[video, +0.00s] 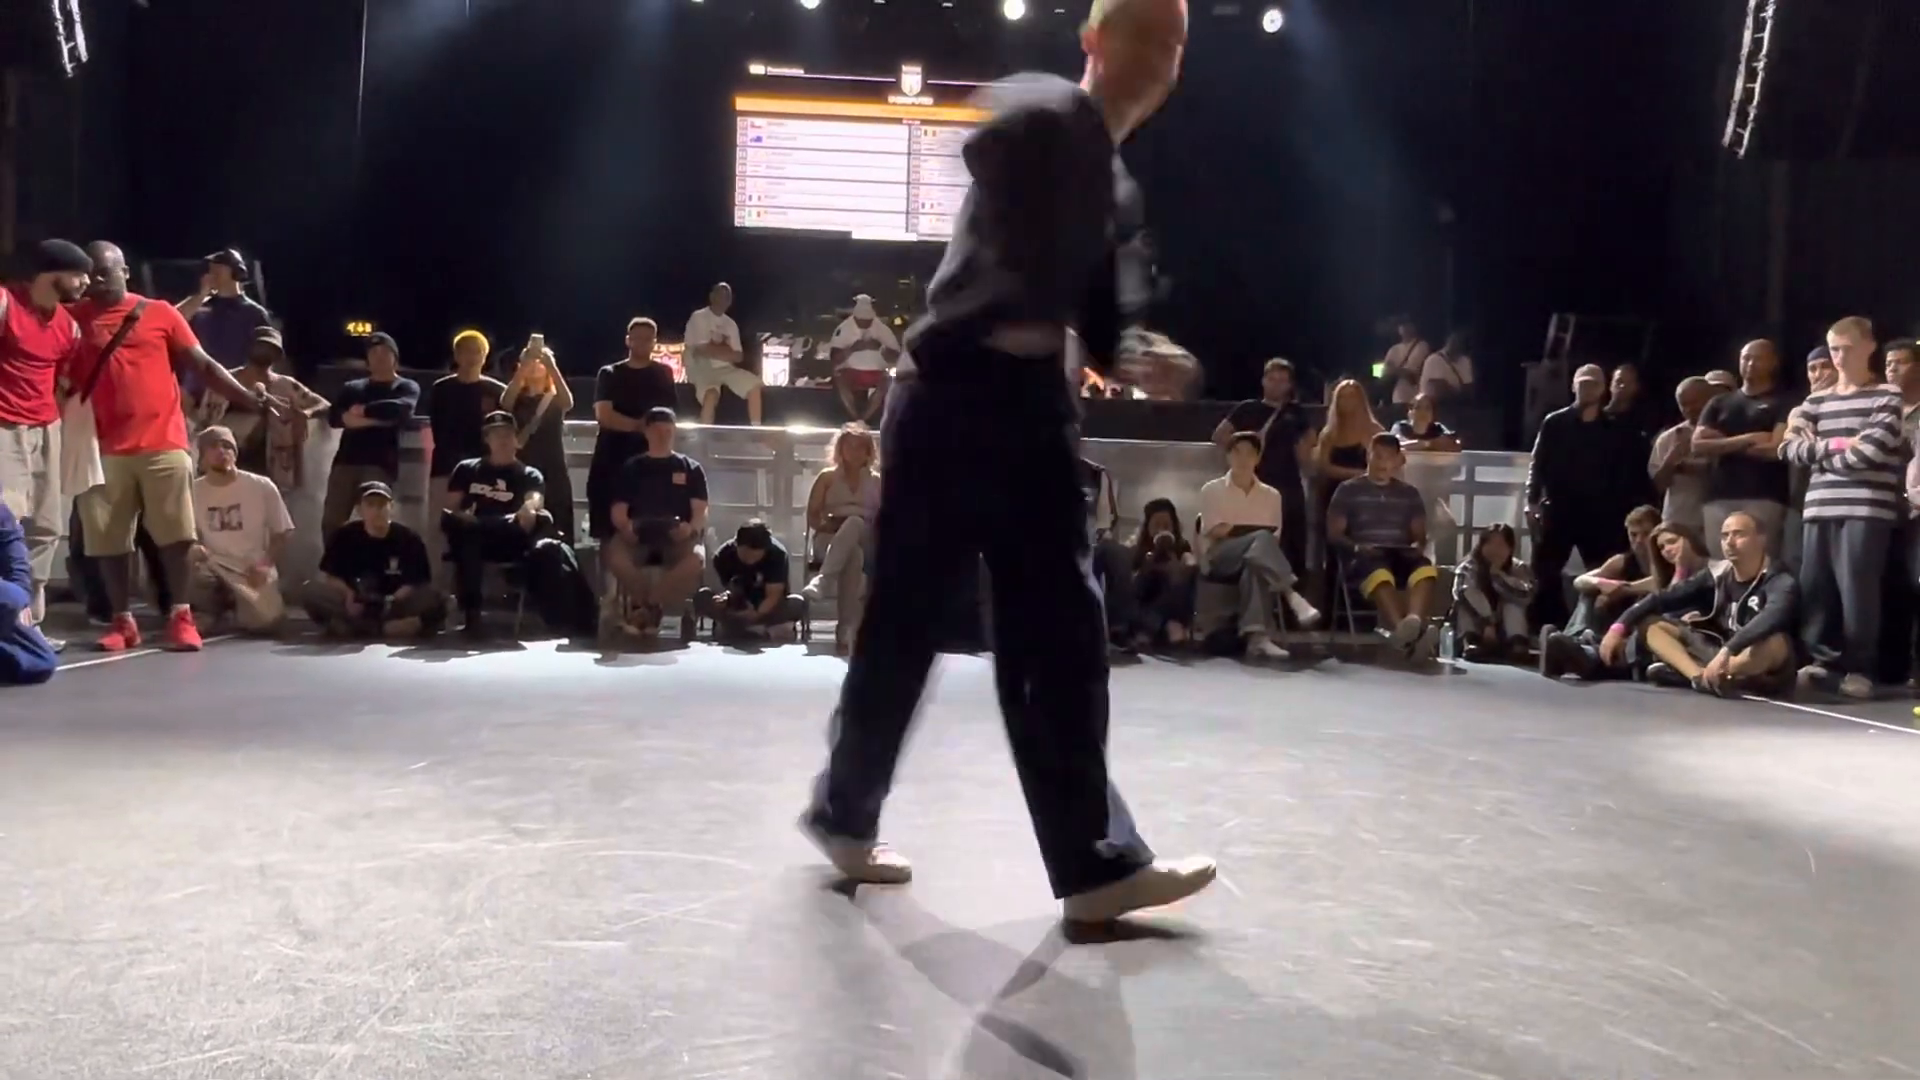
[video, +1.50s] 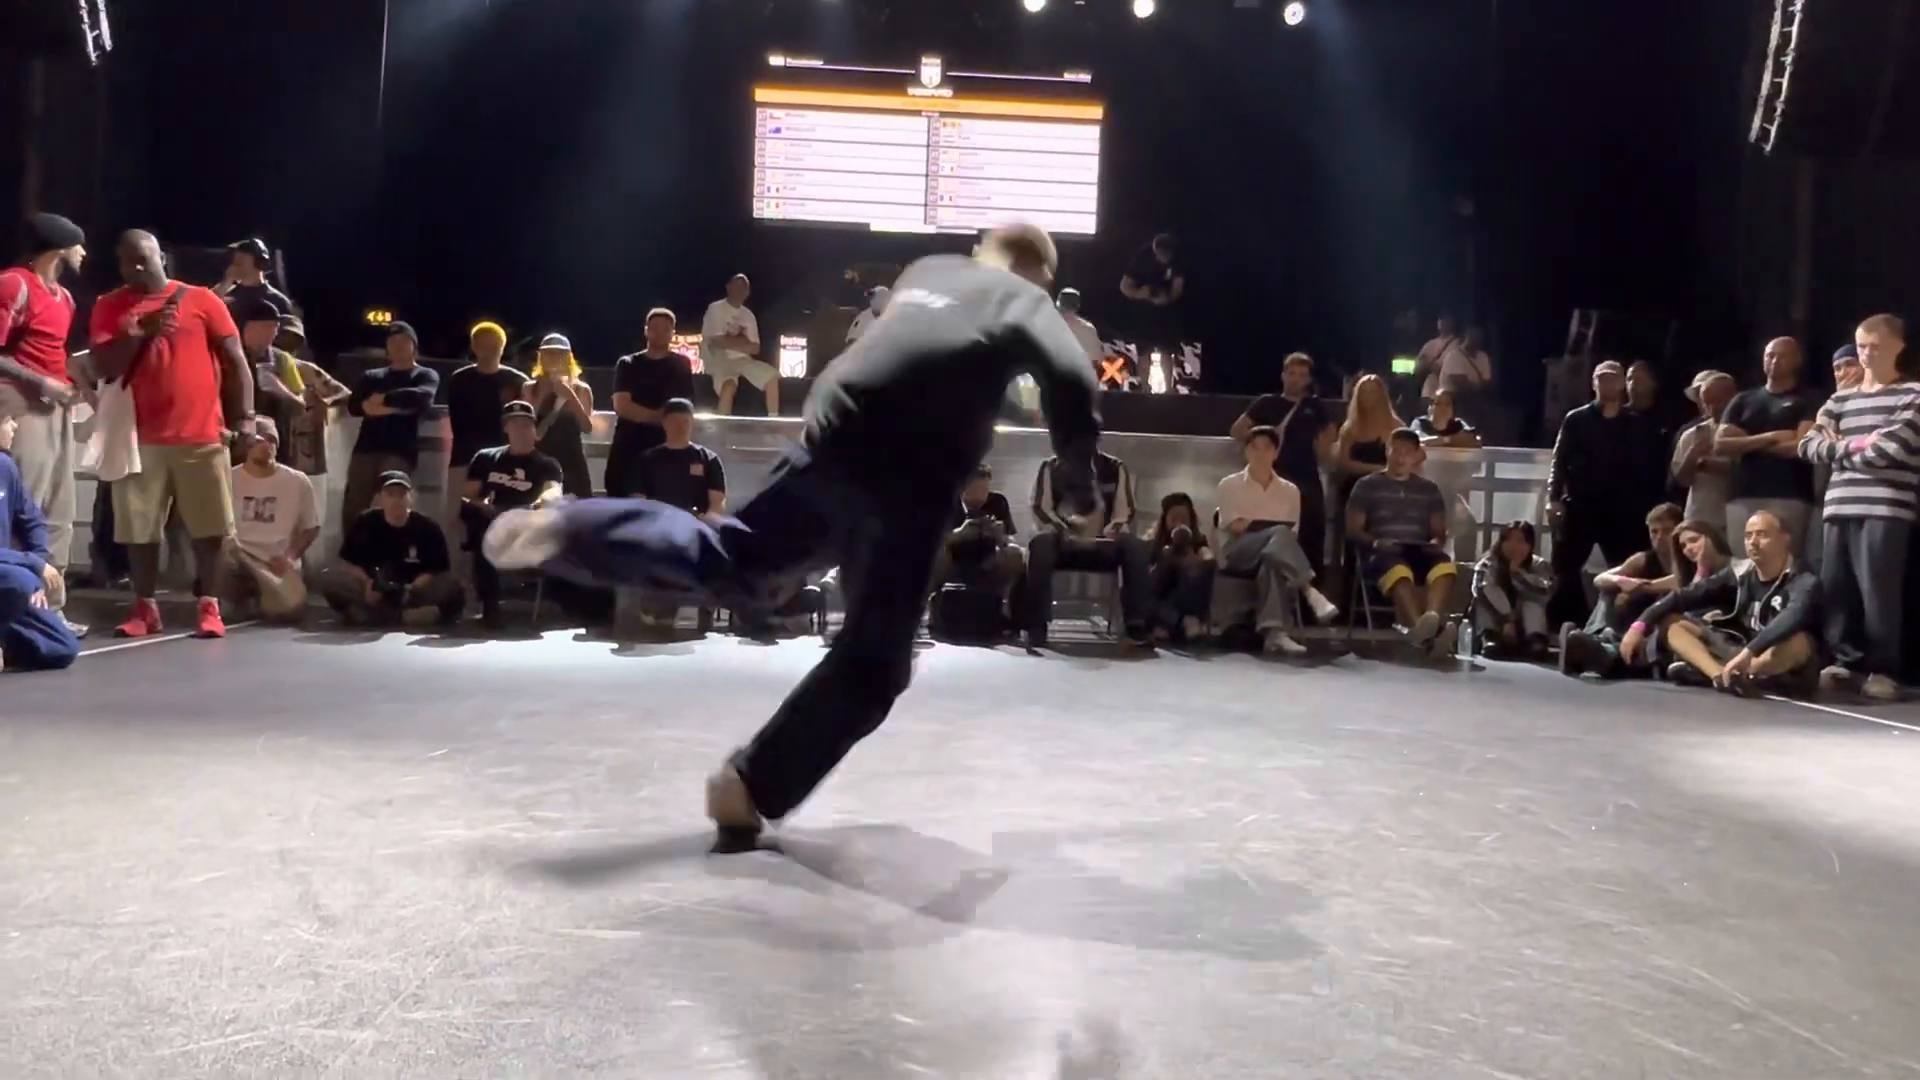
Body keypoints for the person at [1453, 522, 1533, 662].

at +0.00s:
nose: (1495, 550)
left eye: (1501, 546)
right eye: (1490, 544)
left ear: (1510, 550)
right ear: (1482, 546)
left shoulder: (1519, 568)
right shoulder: (1468, 567)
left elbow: (1526, 594)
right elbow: (1464, 592)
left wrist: (1497, 574)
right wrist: (1487, 621)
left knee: (1513, 601)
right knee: (1466, 601)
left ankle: (1518, 642)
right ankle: (1469, 641)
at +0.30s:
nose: (1497, 551)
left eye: (1504, 546)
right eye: (1492, 545)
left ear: (1513, 550)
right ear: (1485, 547)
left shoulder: (1522, 568)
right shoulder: (1471, 568)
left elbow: (1529, 593)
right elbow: (1468, 592)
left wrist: (1500, 575)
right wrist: (1490, 622)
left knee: (1515, 602)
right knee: (1468, 601)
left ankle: (1521, 642)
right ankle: (1473, 640)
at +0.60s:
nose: (1501, 549)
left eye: (1507, 544)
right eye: (1496, 543)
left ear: (1518, 549)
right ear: (1489, 546)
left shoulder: (1527, 568)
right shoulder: (1476, 567)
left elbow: (1534, 594)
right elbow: (1472, 593)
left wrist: (1505, 574)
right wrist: (1494, 621)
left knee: (1520, 603)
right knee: (1473, 603)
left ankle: (1525, 642)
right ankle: (1477, 641)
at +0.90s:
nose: (1504, 550)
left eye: (1511, 545)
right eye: (1499, 544)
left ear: (1521, 550)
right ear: (1493, 547)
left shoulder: (1531, 569)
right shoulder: (1479, 569)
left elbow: (1537, 595)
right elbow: (1475, 594)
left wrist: (1508, 575)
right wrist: (1498, 622)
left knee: (1523, 605)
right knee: (1475, 605)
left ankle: (1529, 644)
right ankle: (1480, 643)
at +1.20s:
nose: (1507, 549)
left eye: (1514, 544)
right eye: (1503, 543)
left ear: (1525, 548)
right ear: (1496, 545)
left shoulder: (1534, 567)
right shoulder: (1482, 566)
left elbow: (1541, 593)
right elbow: (1479, 591)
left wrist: (1512, 574)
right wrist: (1501, 621)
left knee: (1527, 601)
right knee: (1481, 600)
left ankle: (1532, 641)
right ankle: (1484, 640)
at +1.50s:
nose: (1513, 546)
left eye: (1520, 542)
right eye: (1508, 540)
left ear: (1530, 547)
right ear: (1501, 543)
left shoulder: (1539, 565)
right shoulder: (1488, 564)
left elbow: (1546, 591)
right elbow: (1483, 589)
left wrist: (1517, 573)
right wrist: (1506, 619)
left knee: (1532, 599)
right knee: (1486, 597)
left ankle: (1536, 638)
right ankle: (1488, 638)